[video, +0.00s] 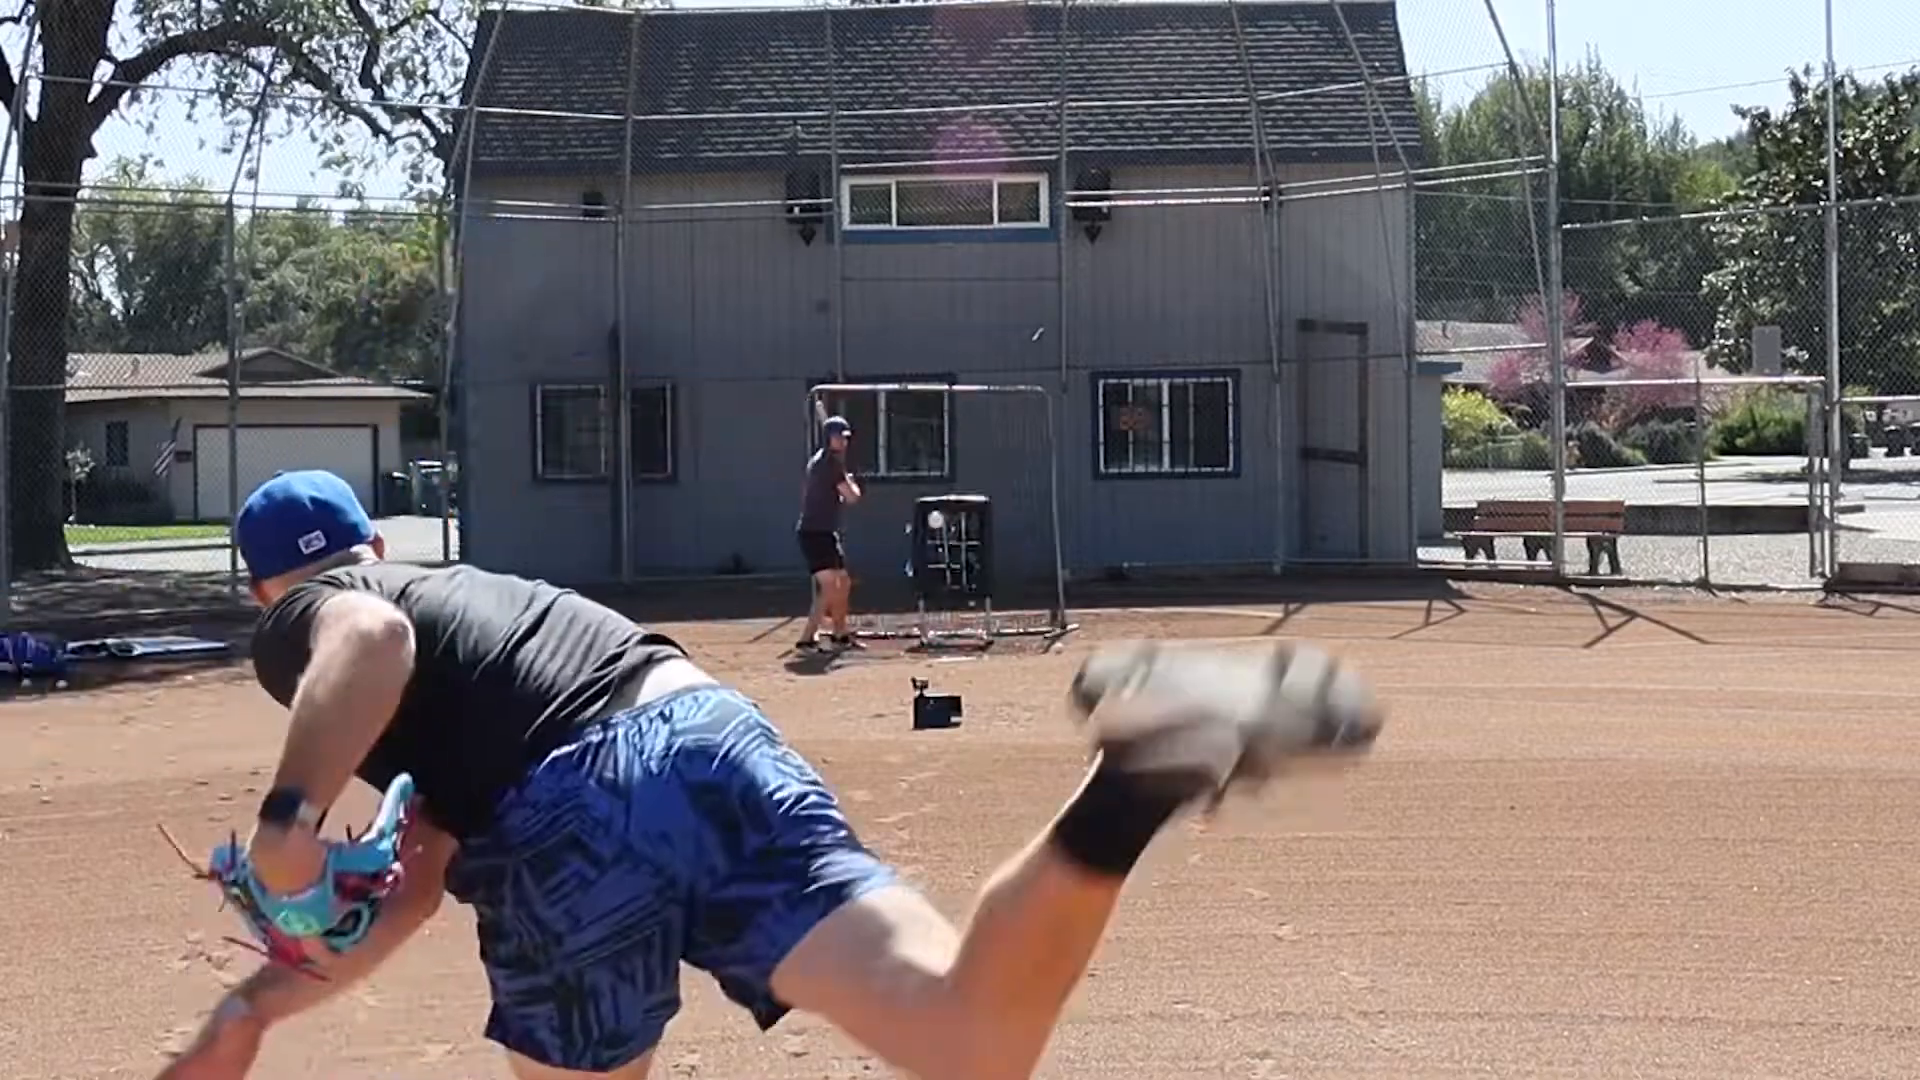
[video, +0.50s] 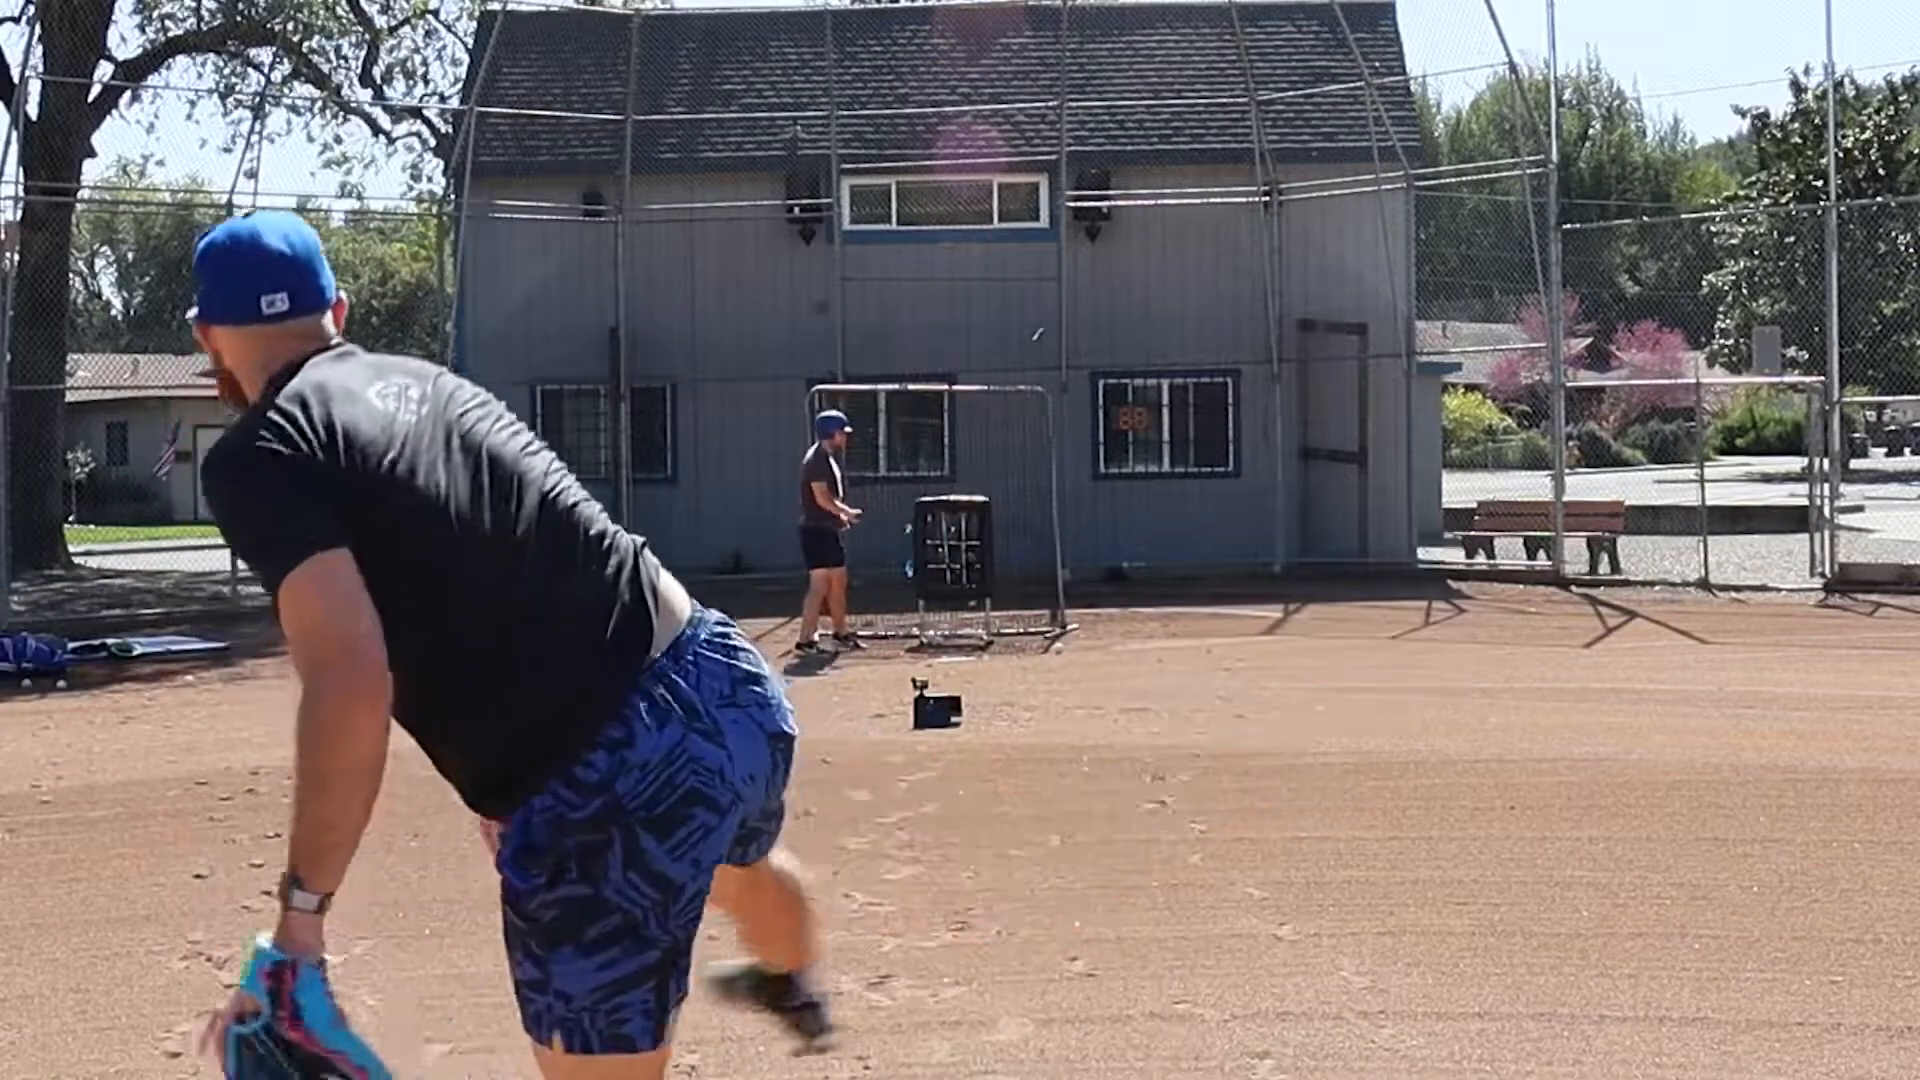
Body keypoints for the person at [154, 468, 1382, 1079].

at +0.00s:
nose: (261, 634)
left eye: (255, 612)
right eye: (262, 612)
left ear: (276, 582)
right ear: (366, 541)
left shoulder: (329, 603)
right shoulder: (460, 617)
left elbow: (364, 649)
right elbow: (394, 894)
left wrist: (288, 830)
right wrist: (239, 1019)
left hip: (577, 785)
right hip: (713, 719)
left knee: (572, 1057)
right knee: (963, 1035)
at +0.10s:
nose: (225, 579)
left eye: (226, 560)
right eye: (232, 561)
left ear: (253, 546)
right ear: (348, 517)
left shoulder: (286, 585)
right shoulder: (436, 576)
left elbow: (354, 642)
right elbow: (449, 885)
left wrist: (339, 793)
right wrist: (352, 1049)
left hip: (572, 817)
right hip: (695, 704)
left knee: (582, 1068)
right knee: (1077, 949)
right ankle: (1234, 621)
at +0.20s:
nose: (204, 533)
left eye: (201, 517)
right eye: (221, 511)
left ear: (210, 515)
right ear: (314, 483)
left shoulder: (244, 576)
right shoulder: (394, 545)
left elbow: (331, 672)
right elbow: (465, 806)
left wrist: (374, 854)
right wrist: (477, 1016)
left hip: (588, 810)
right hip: (704, 687)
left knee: (589, 1068)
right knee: (1033, 881)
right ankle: (1269, 702)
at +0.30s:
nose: (178, 485)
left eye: (174, 467)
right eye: (188, 465)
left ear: (191, 464)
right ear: (300, 437)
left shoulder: (234, 543)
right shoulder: (374, 490)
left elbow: (334, 680)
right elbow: (515, 622)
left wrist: (354, 920)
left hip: (608, 800)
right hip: (716, 672)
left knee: (595, 1062)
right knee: (960, 831)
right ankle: (1263, 861)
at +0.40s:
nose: (188, 425)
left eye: (185, 404)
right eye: (187, 401)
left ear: (202, 401)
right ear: (306, 371)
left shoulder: (241, 491)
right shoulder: (394, 429)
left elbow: (344, 691)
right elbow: (519, 564)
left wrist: (331, 926)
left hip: (614, 794)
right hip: (723, 675)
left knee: (595, 1067)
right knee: (844, 840)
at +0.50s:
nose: (209, 351)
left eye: (204, 332)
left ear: (210, 341)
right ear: (338, 311)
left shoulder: (263, 449)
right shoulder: (424, 380)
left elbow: (350, 675)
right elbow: (511, 569)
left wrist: (302, 911)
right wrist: (501, 781)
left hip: (604, 794)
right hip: (731, 685)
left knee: (599, 1059)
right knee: (745, 859)